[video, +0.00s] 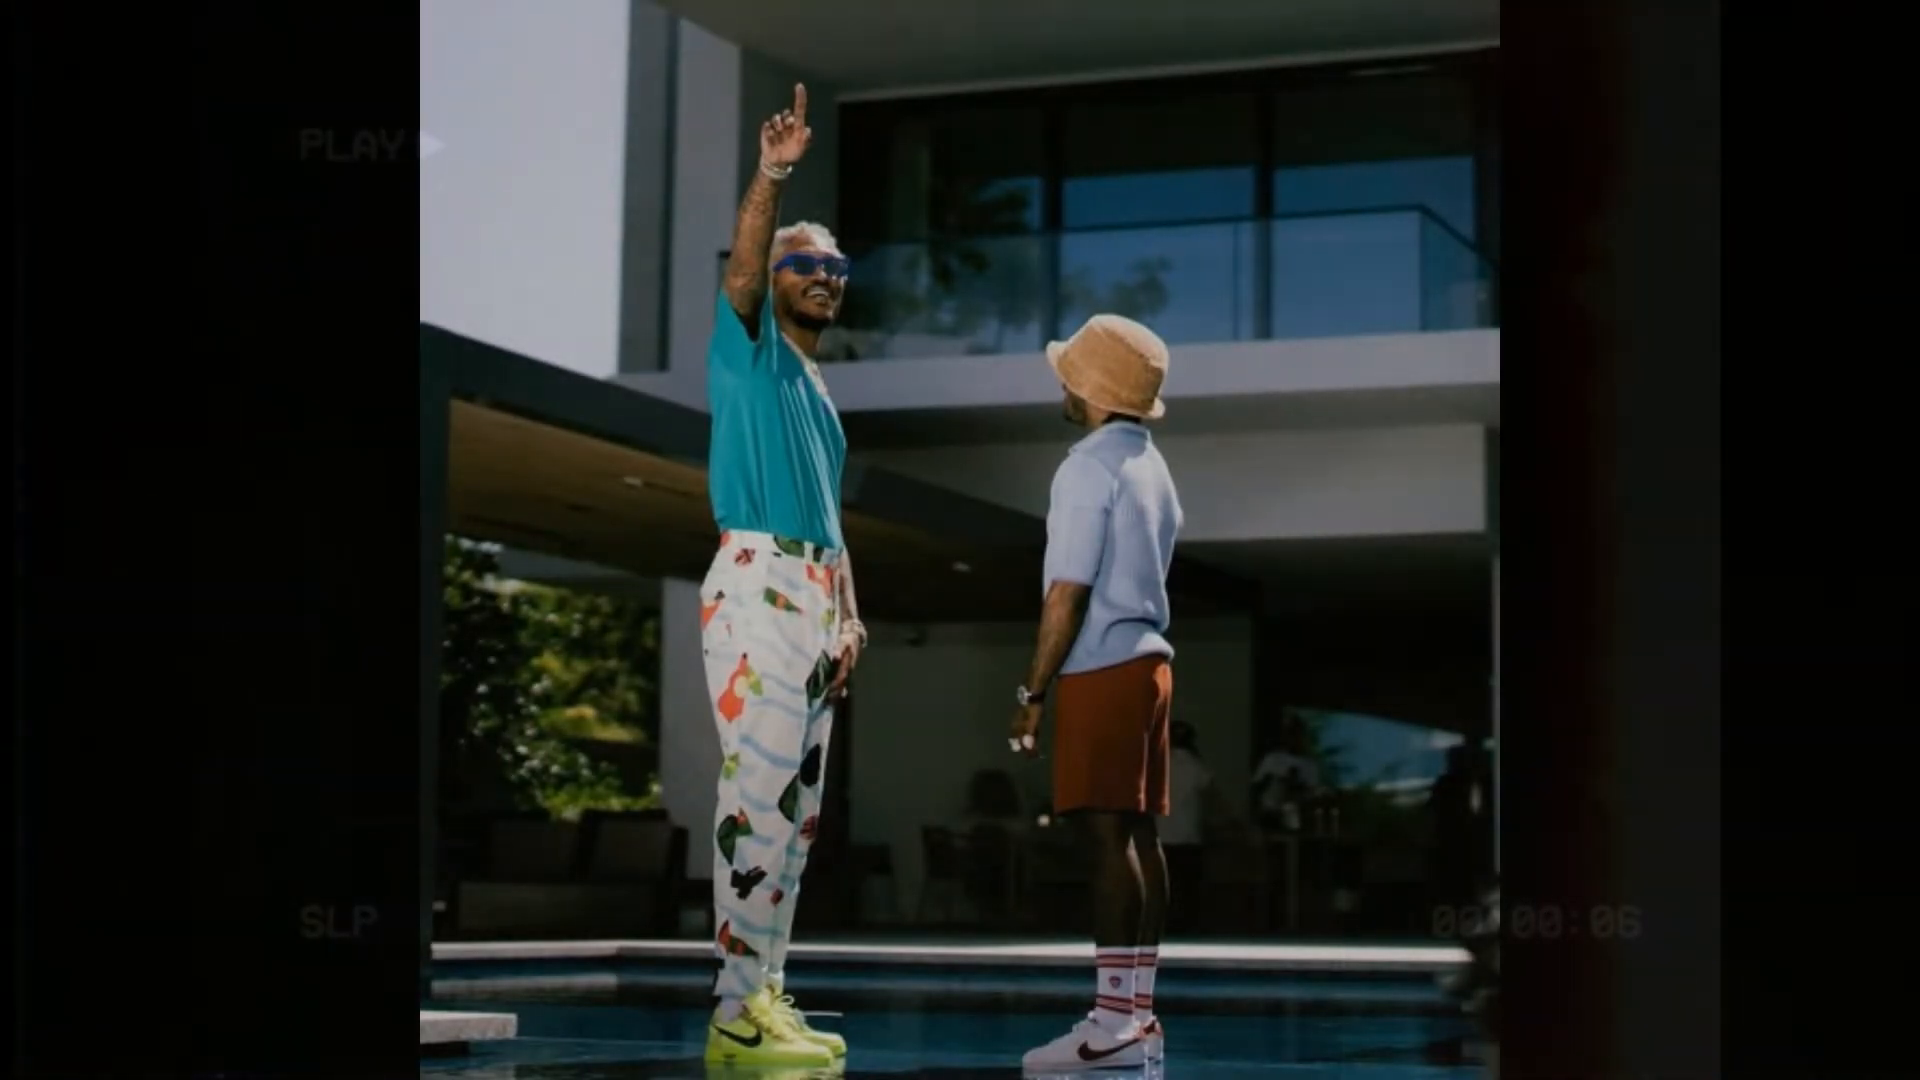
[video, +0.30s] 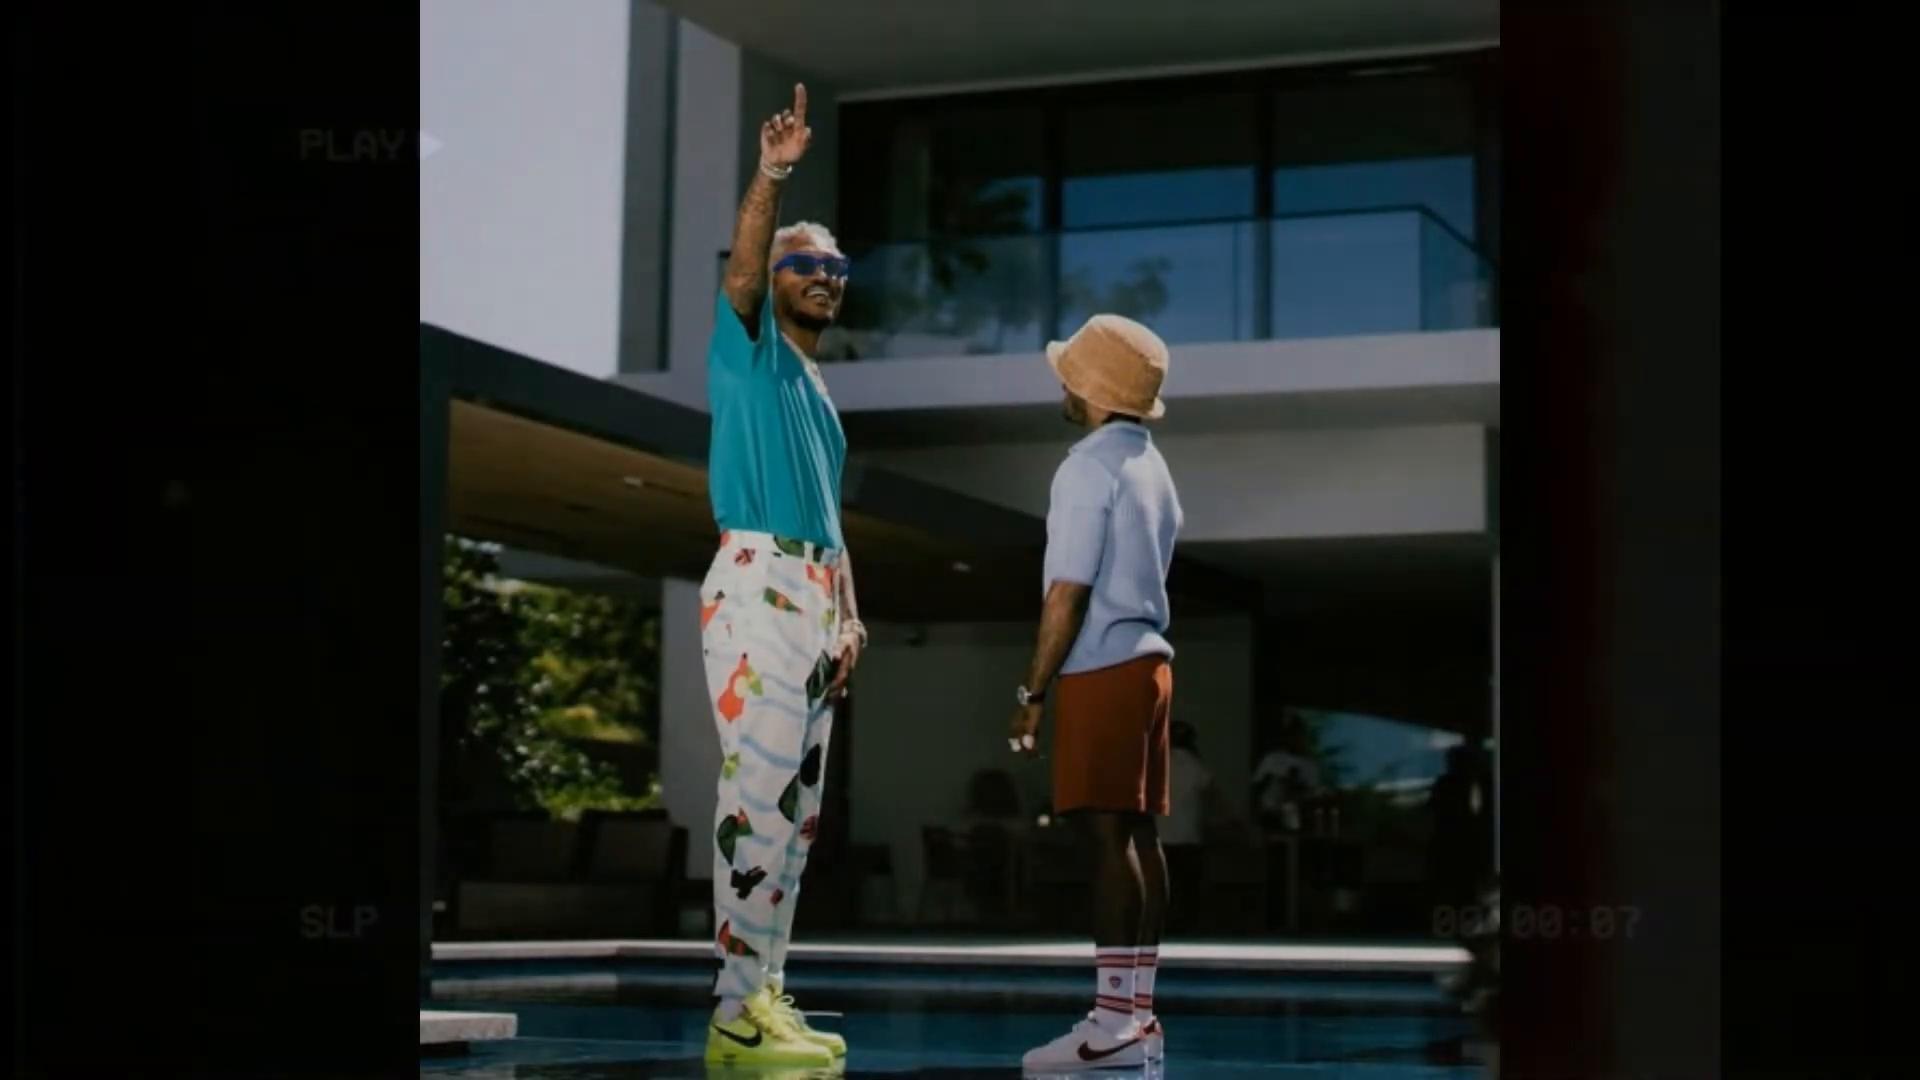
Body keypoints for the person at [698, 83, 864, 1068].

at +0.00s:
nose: (823, 283)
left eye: (834, 273)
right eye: (806, 268)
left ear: (841, 292)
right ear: (770, 278)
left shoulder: (818, 394)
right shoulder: (744, 343)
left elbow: (827, 520)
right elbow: (744, 267)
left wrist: (847, 612)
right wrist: (770, 173)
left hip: (813, 590)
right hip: (755, 581)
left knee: (793, 798)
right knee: (759, 793)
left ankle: (758, 1002)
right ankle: (745, 1007)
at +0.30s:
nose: (823, 283)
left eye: (834, 273)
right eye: (806, 268)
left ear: (841, 292)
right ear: (770, 278)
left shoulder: (818, 394)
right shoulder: (744, 343)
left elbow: (827, 520)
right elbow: (744, 267)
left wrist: (847, 611)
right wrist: (770, 173)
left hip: (813, 590)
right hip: (755, 581)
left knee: (793, 798)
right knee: (759, 793)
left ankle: (759, 1003)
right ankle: (745, 1007)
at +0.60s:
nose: (823, 283)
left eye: (834, 273)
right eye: (806, 268)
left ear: (841, 292)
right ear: (770, 278)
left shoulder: (818, 394)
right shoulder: (744, 343)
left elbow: (827, 520)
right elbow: (744, 267)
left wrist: (847, 612)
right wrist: (770, 173)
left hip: (813, 590)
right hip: (755, 581)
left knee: (794, 798)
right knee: (759, 792)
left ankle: (759, 1002)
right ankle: (745, 1007)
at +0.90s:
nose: (823, 282)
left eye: (834, 272)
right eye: (805, 267)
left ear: (842, 293)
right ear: (770, 278)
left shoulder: (819, 395)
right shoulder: (744, 344)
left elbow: (828, 520)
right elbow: (744, 266)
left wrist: (847, 612)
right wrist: (769, 173)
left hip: (814, 590)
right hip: (756, 582)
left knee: (795, 798)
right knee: (759, 792)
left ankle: (758, 1001)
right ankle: (746, 1005)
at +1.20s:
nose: (823, 283)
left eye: (834, 274)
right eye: (806, 268)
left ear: (841, 293)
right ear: (770, 278)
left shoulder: (818, 394)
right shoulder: (744, 343)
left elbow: (828, 519)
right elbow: (743, 268)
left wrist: (847, 612)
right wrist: (770, 174)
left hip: (814, 590)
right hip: (756, 582)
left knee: (794, 798)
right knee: (759, 791)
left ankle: (756, 1003)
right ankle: (746, 1004)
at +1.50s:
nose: (823, 282)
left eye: (834, 273)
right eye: (805, 268)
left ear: (842, 293)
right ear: (770, 278)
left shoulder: (819, 395)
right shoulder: (744, 344)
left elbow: (828, 520)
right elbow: (744, 266)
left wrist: (847, 612)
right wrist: (770, 173)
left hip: (814, 590)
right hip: (756, 582)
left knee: (794, 798)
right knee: (759, 793)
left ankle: (759, 1000)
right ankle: (745, 1006)